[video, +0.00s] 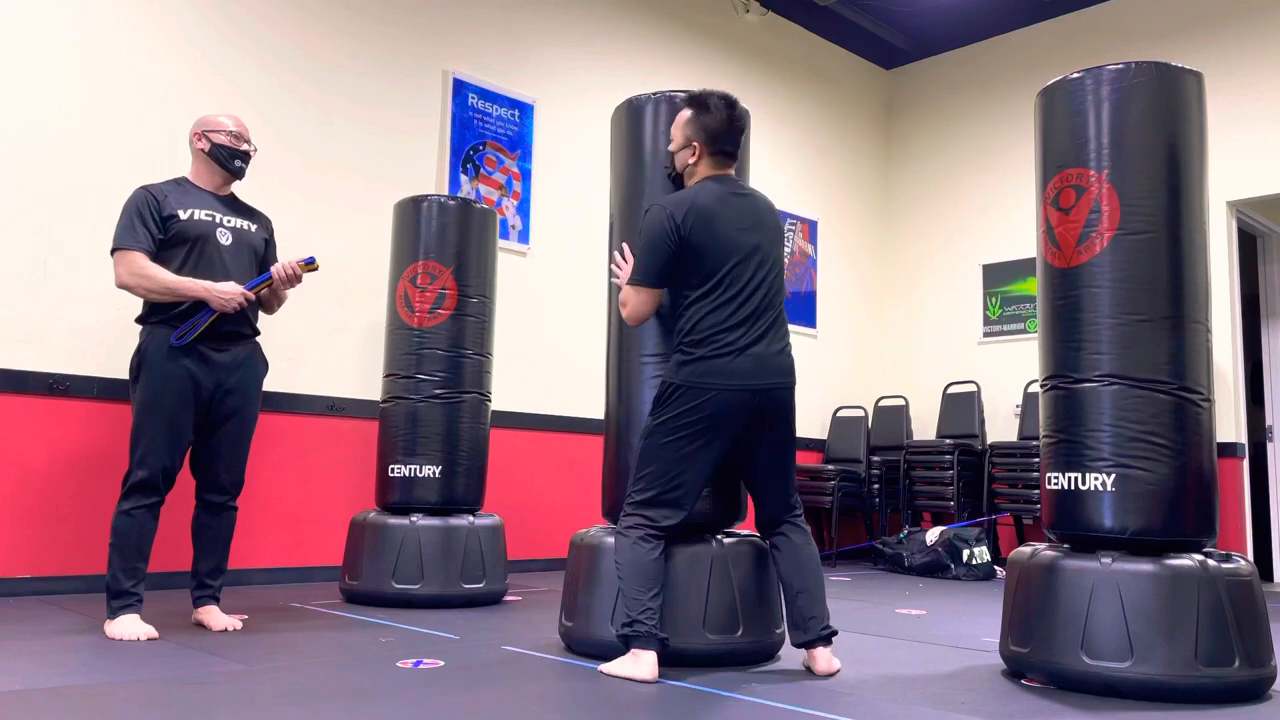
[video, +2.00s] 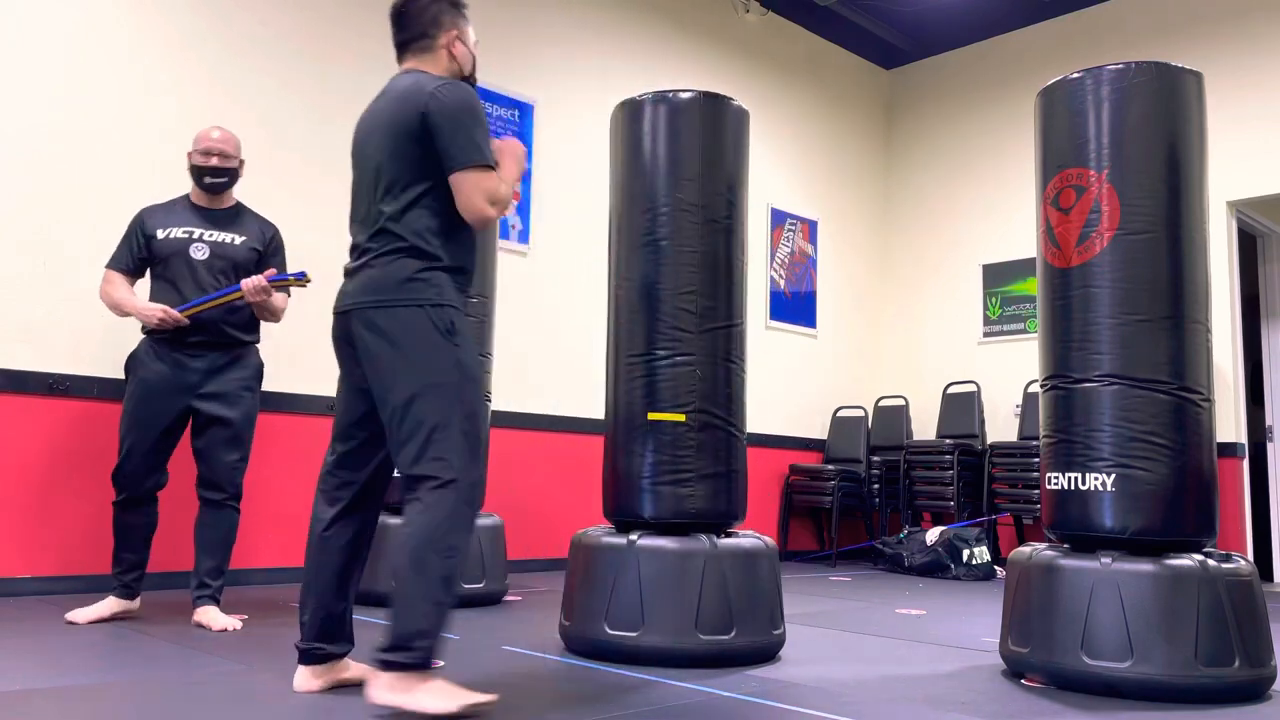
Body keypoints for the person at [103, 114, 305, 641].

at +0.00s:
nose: (243, 146)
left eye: (247, 141)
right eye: (232, 135)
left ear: (248, 156)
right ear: (199, 141)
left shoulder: (258, 223)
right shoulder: (154, 199)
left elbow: (269, 304)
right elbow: (128, 272)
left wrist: (280, 285)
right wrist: (207, 289)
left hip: (238, 363)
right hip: (170, 358)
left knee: (221, 489)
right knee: (148, 482)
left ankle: (207, 602)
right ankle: (123, 609)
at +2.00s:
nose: (213, 162)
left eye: (223, 156)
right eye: (205, 154)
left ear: (240, 165)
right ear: (189, 160)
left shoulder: (262, 233)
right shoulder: (153, 220)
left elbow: (277, 311)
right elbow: (111, 285)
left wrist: (262, 298)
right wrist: (139, 308)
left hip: (230, 372)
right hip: (160, 367)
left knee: (222, 487)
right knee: (134, 479)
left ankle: (207, 602)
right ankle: (124, 593)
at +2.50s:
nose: (143, 169)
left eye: (151, 160)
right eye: (132, 161)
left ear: (165, 163)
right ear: (113, 165)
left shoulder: (200, 223)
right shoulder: (91, 232)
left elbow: (231, 289)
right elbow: (55, 296)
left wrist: (184, 287)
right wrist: (79, 323)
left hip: (181, 370)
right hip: (115, 372)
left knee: (192, 479)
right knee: (119, 484)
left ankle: (203, 594)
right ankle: (124, 595)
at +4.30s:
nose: (226, 177)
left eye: (233, 173)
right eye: (216, 168)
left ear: (239, 185)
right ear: (190, 171)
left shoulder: (252, 240)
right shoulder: (145, 229)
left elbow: (272, 309)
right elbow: (115, 296)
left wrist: (220, 295)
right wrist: (159, 298)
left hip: (216, 375)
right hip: (150, 371)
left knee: (205, 485)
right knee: (137, 481)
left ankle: (189, 594)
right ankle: (126, 594)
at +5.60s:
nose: (153, 185)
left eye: (160, 181)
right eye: (144, 175)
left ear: (167, 192)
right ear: (119, 180)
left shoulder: (180, 249)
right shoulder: (75, 237)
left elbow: (193, 319)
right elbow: (42, 302)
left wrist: (150, 294)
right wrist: (79, 299)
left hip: (146, 383)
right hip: (79, 380)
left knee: (160, 482)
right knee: (72, 484)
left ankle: (176, 590)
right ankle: (70, 587)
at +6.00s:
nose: (123, 182)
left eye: (130, 177)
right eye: (113, 173)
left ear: (137, 188)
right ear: (87, 179)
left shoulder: (154, 245)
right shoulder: (47, 239)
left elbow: (176, 312)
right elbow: (17, 304)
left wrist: (131, 292)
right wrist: (55, 302)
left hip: (125, 380)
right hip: (60, 379)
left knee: (127, 481)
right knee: (64, 484)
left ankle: (131, 589)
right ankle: (70, 586)